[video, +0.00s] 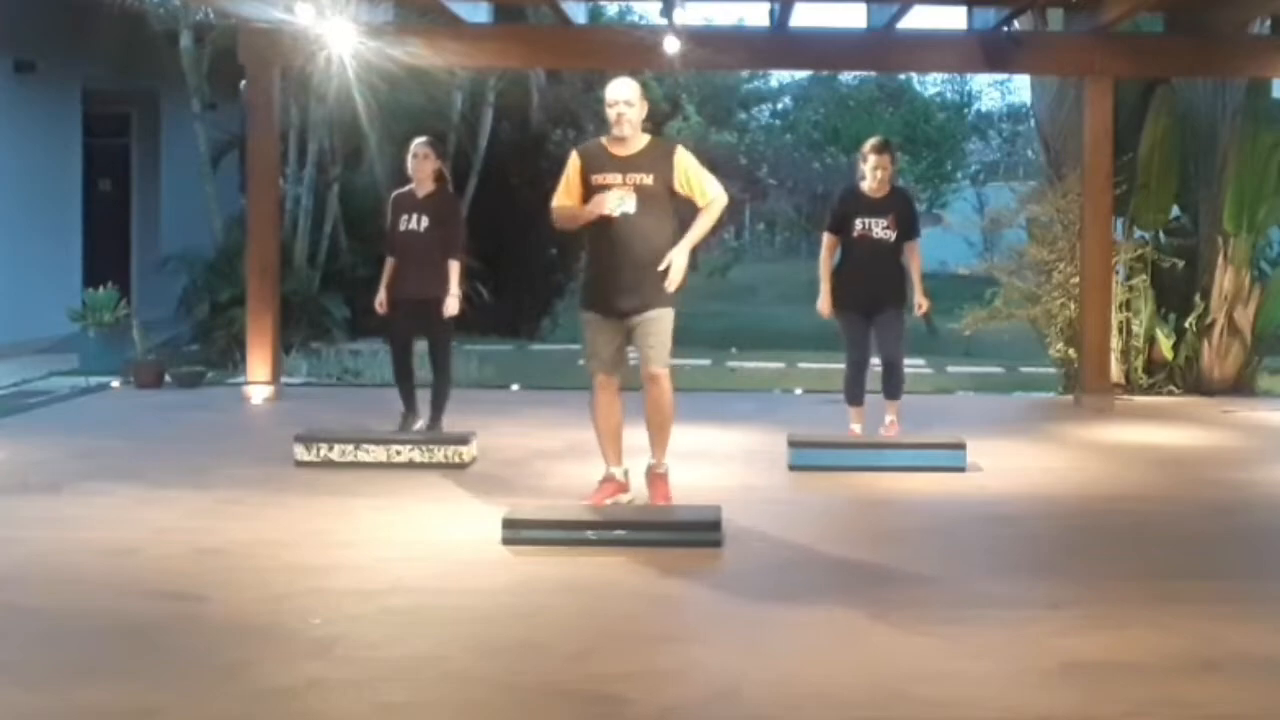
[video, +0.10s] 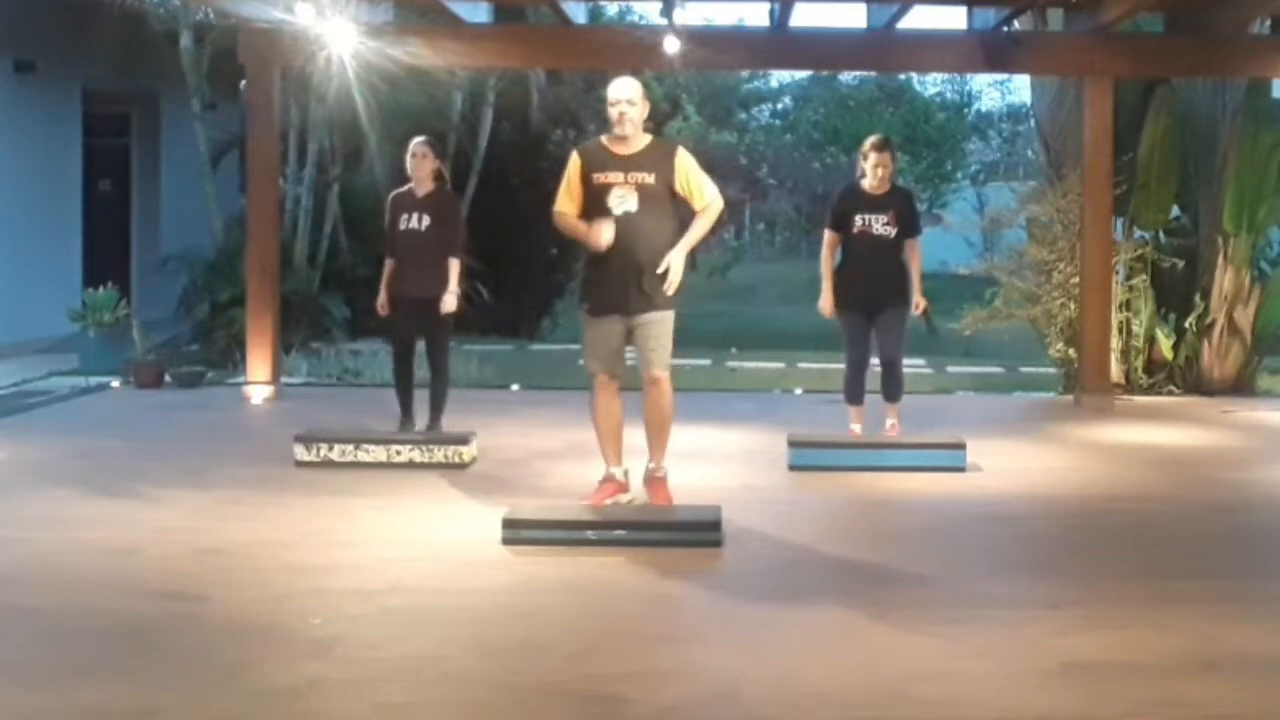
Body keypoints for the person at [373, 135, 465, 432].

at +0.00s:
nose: (417, 162)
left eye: (424, 157)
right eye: (413, 156)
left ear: (437, 163)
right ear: (407, 162)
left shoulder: (448, 201)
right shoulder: (398, 199)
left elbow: (454, 250)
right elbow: (392, 248)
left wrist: (454, 291)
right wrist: (383, 286)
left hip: (436, 293)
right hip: (402, 292)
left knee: (439, 359)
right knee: (400, 355)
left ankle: (435, 417)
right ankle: (409, 411)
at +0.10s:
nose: (416, 162)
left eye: (423, 156)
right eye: (413, 156)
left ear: (436, 163)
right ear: (406, 162)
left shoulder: (448, 200)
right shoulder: (397, 199)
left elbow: (454, 249)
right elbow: (391, 249)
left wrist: (452, 289)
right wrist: (383, 288)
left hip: (436, 292)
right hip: (402, 291)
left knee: (438, 360)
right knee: (402, 359)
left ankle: (435, 419)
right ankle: (406, 416)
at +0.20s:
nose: (413, 161)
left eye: (420, 156)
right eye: (410, 155)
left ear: (434, 162)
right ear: (404, 161)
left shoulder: (447, 201)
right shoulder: (394, 199)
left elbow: (454, 249)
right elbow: (389, 250)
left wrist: (453, 288)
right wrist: (381, 288)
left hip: (433, 293)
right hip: (400, 292)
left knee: (432, 359)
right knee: (403, 360)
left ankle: (433, 421)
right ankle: (408, 420)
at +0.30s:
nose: (411, 160)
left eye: (418, 155)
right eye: (407, 154)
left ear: (431, 161)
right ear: (401, 159)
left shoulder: (445, 199)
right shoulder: (390, 199)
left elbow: (452, 248)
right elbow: (384, 250)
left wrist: (454, 287)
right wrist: (378, 289)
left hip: (431, 293)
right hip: (398, 293)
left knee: (426, 356)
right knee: (402, 359)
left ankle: (432, 419)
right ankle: (407, 420)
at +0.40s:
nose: (408, 160)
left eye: (415, 155)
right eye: (405, 155)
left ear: (429, 162)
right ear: (399, 160)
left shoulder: (443, 199)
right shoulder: (388, 200)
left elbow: (452, 248)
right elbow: (382, 250)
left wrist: (456, 289)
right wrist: (373, 288)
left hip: (431, 293)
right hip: (396, 293)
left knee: (422, 353)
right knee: (401, 359)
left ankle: (431, 418)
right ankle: (407, 421)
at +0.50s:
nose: (408, 160)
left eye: (414, 155)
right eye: (404, 154)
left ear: (428, 161)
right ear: (398, 160)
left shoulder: (442, 199)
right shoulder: (387, 199)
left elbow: (452, 249)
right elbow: (380, 248)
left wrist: (457, 290)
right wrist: (370, 285)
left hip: (430, 293)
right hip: (395, 293)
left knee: (422, 354)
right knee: (401, 358)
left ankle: (428, 418)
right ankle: (407, 421)